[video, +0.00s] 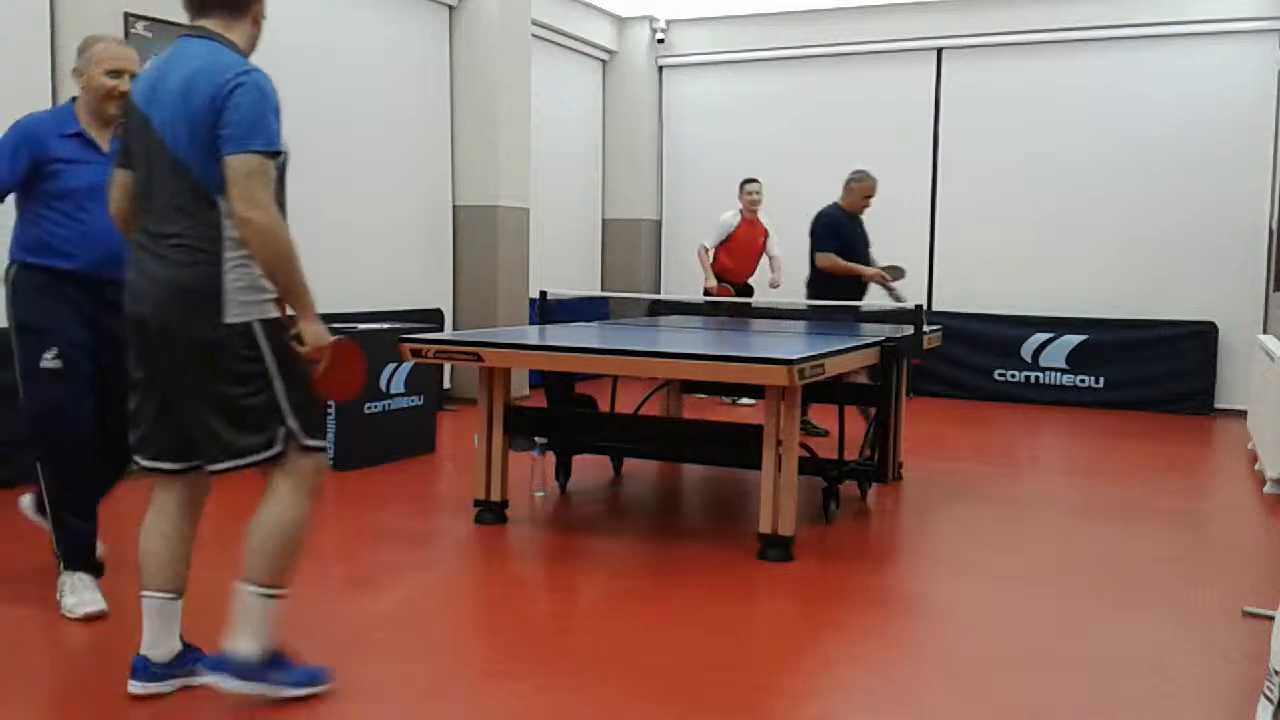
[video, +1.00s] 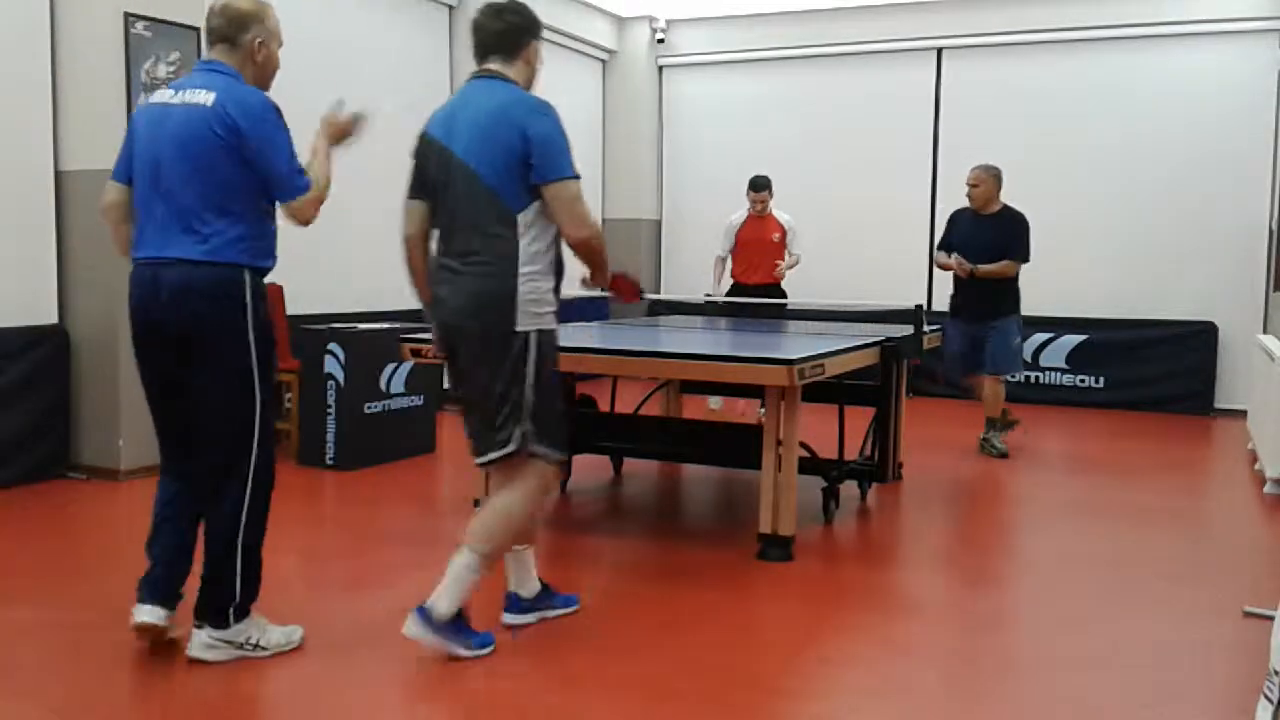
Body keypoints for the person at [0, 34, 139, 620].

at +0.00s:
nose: (124, 85)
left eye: (132, 77)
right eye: (113, 74)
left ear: (137, 83)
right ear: (79, 78)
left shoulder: (141, 142)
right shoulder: (36, 134)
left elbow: (157, 220)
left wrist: (162, 287)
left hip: (117, 295)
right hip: (47, 291)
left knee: (119, 435)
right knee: (65, 425)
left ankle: (52, 496)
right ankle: (78, 569)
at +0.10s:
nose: (156, 75)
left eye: (161, 66)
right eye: (143, 64)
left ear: (163, 70)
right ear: (107, 66)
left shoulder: (162, 133)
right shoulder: (67, 119)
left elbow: (178, 198)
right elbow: (22, 172)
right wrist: (36, 201)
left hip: (141, 287)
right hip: (72, 283)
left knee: (161, 419)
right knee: (75, 430)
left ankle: (126, 543)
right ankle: (78, 567)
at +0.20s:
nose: (185, 73)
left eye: (187, 64)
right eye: (174, 62)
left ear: (183, 68)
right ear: (132, 63)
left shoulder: (180, 133)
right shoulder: (89, 116)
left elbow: (197, 204)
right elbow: (70, 165)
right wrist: (97, 166)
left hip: (158, 292)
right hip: (90, 289)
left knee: (176, 435)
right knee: (87, 439)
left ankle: (194, 571)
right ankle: (81, 571)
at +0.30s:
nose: (212, 80)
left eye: (210, 69)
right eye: (203, 69)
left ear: (175, 72)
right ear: (167, 71)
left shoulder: (190, 136)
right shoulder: (119, 118)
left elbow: (186, 211)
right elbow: (114, 164)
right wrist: (179, 148)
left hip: (180, 298)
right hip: (120, 296)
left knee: (194, 441)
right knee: (108, 440)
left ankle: (213, 582)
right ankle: (84, 569)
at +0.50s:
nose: (250, 79)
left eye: (249, 68)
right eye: (244, 67)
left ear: (212, 67)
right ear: (217, 67)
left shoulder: (208, 130)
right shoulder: (168, 114)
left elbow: (232, 232)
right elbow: (182, 180)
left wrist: (286, 177)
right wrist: (262, 159)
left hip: (203, 287)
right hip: (160, 287)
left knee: (219, 430)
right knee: (217, 427)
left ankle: (212, 577)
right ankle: (133, 544)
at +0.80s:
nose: (274, 70)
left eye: (273, 58)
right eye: (272, 58)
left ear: (210, 57)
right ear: (253, 57)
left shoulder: (180, 112)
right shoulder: (231, 114)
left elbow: (194, 208)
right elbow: (256, 203)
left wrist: (327, 173)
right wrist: (345, 169)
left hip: (162, 291)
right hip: (207, 295)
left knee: (195, 447)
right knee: (240, 449)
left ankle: (205, 589)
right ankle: (226, 620)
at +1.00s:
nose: (277, 64)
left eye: (278, 52)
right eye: (277, 52)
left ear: (213, 44)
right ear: (258, 47)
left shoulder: (154, 103)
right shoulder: (252, 108)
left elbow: (115, 203)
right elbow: (303, 207)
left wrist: (148, 266)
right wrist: (325, 142)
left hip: (154, 291)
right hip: (225, 293)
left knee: (183, 453)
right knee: (243, 456)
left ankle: (156, 597)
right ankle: (224, 621)